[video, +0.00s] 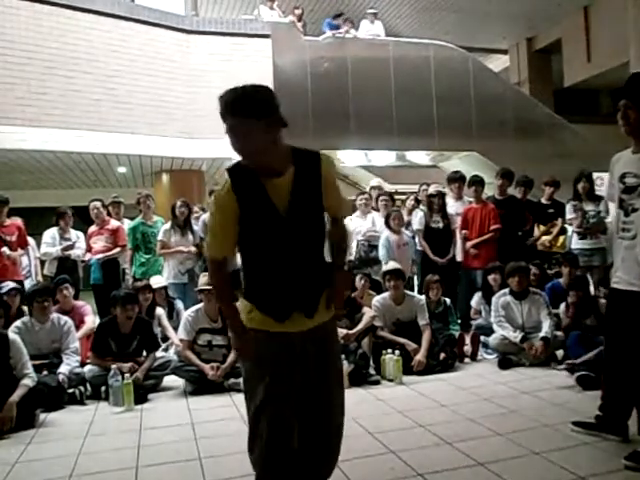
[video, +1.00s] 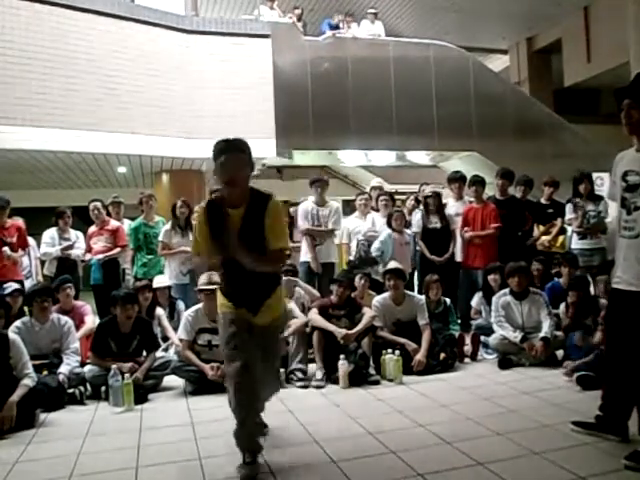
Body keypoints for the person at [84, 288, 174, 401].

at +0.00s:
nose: (130, 311)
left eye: (133, 306)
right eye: (125, 307)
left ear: (138, 308)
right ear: (114, 310)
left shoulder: (144, 324)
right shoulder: (104, 327)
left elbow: (153, 352)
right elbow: (94, 359)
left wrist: (141, 372)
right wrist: (119, 366)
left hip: (137, 365)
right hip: (112, 367)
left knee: (168, 361)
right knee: (89, 372)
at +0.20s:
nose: (130, 310)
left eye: (133, 306)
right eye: (124, 307)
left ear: (137, 308)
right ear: (114, 310)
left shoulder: (143, 324)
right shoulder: (104, 327)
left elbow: (153, 352)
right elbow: (94, 359)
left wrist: (141, 372)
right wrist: (119, 366)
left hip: (137, 365)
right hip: (112, 367)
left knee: (168, 361)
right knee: (89, 372)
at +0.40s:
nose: (129, 311)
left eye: (133, 306)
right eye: (124, 307)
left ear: (137, 308)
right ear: (114, 310)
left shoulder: (144, 324)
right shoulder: (104, 327)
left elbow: (153, 352)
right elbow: (94, 358)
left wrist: (141, 372)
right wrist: (120, 366)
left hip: (137, 365)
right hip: (112, 367)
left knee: (168, 361)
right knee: (89, 372)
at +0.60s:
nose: (129, 311)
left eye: (132, 306)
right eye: (124, 307)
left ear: (137, 308)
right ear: (114, 310)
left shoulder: (144, 324)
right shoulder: (104, 327)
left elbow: (153, 352)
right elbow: (94, 358)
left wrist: (141, 372)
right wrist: (120, 366)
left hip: (137, 365)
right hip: (112, 367)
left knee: (168, 361)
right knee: (89, 372)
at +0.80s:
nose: (129, 311)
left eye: (133, 306)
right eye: (124, 307)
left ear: (137, 308)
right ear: (114, 310)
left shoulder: (144, 324)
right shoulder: (104, 327)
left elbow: (153, 352)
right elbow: (94, 359)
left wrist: (141, 372)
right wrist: (119, 366)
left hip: (137, 365)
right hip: (112, 367)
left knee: (168, 361)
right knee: (89, 372)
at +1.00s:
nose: (129, 311)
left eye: (133, 306)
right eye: (124, 307)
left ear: (137, 308)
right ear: (114, 310)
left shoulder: (144, 324)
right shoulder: (104, 327)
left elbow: (153, 352)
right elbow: (94, 359)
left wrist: (141, 372)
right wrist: (120, 366)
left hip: (137, 365)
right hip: (112, 367)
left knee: (168, 361)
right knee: (89, 372)